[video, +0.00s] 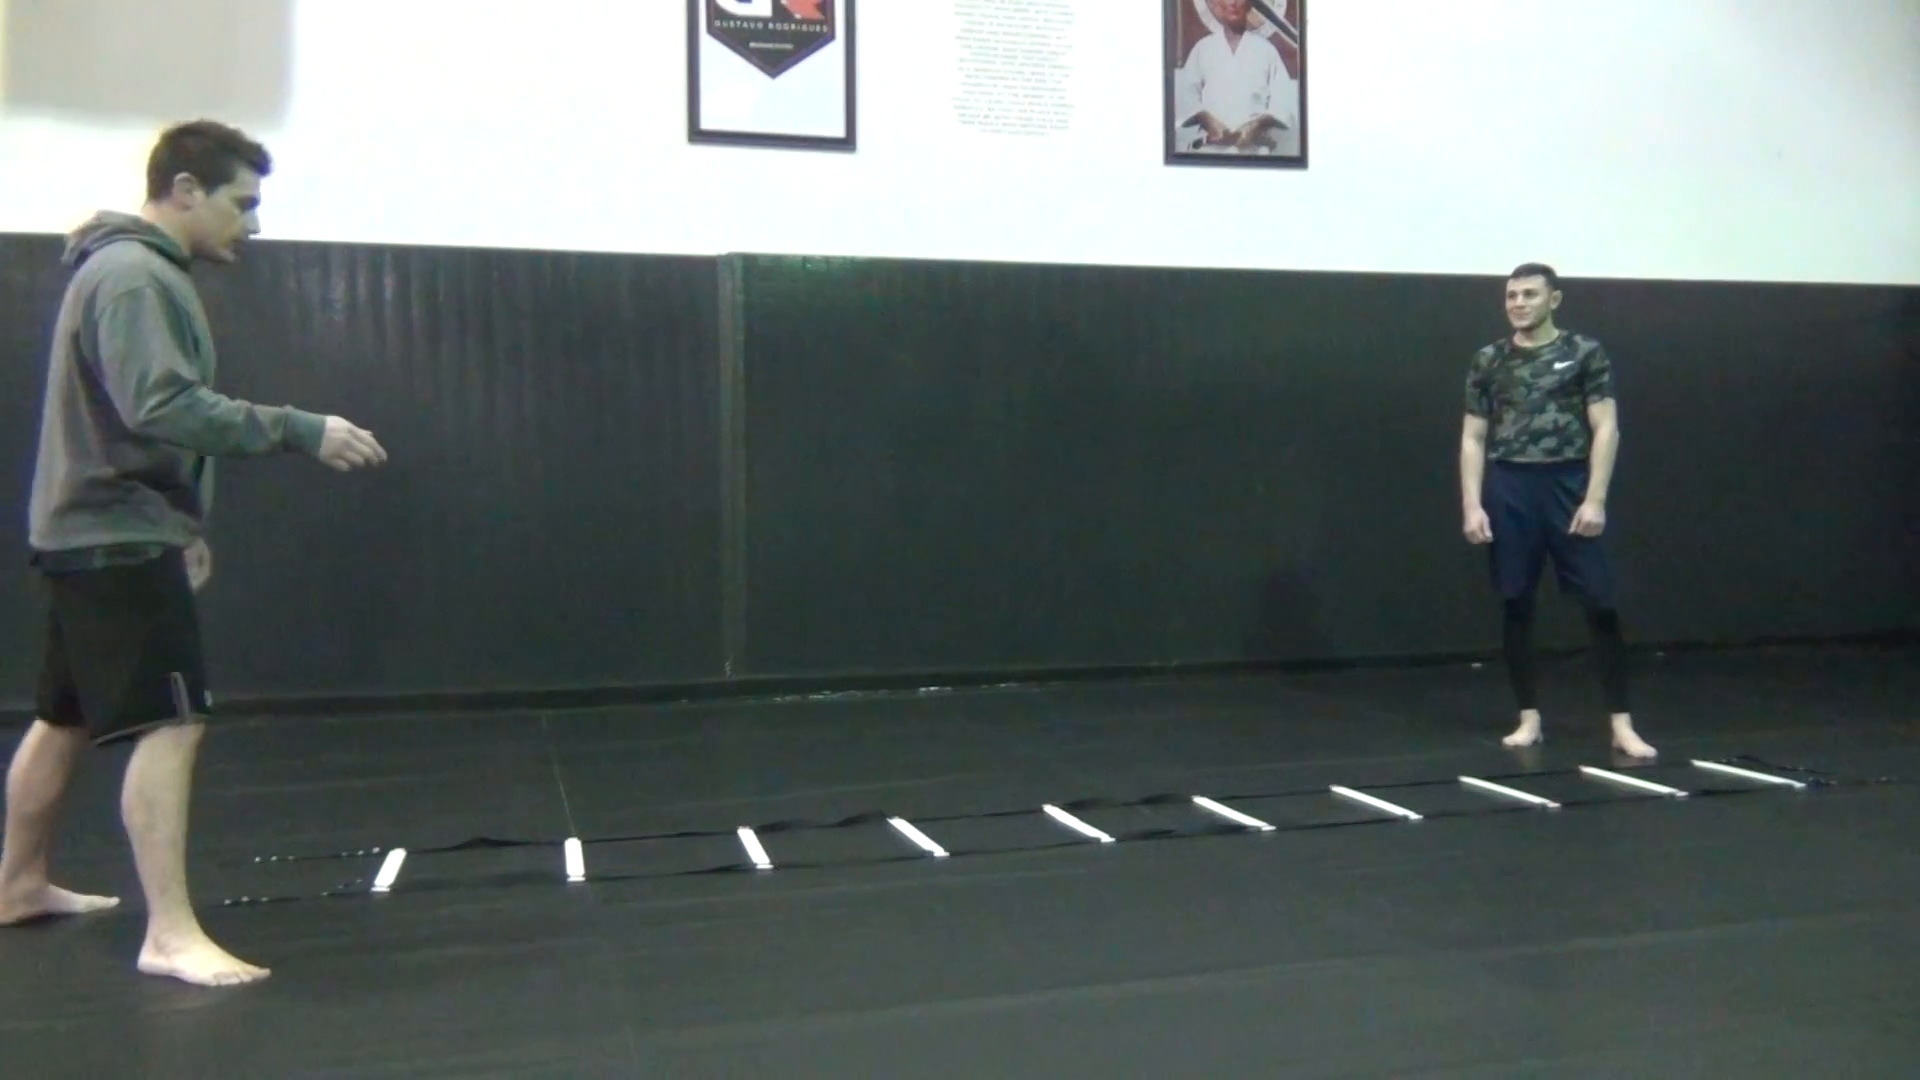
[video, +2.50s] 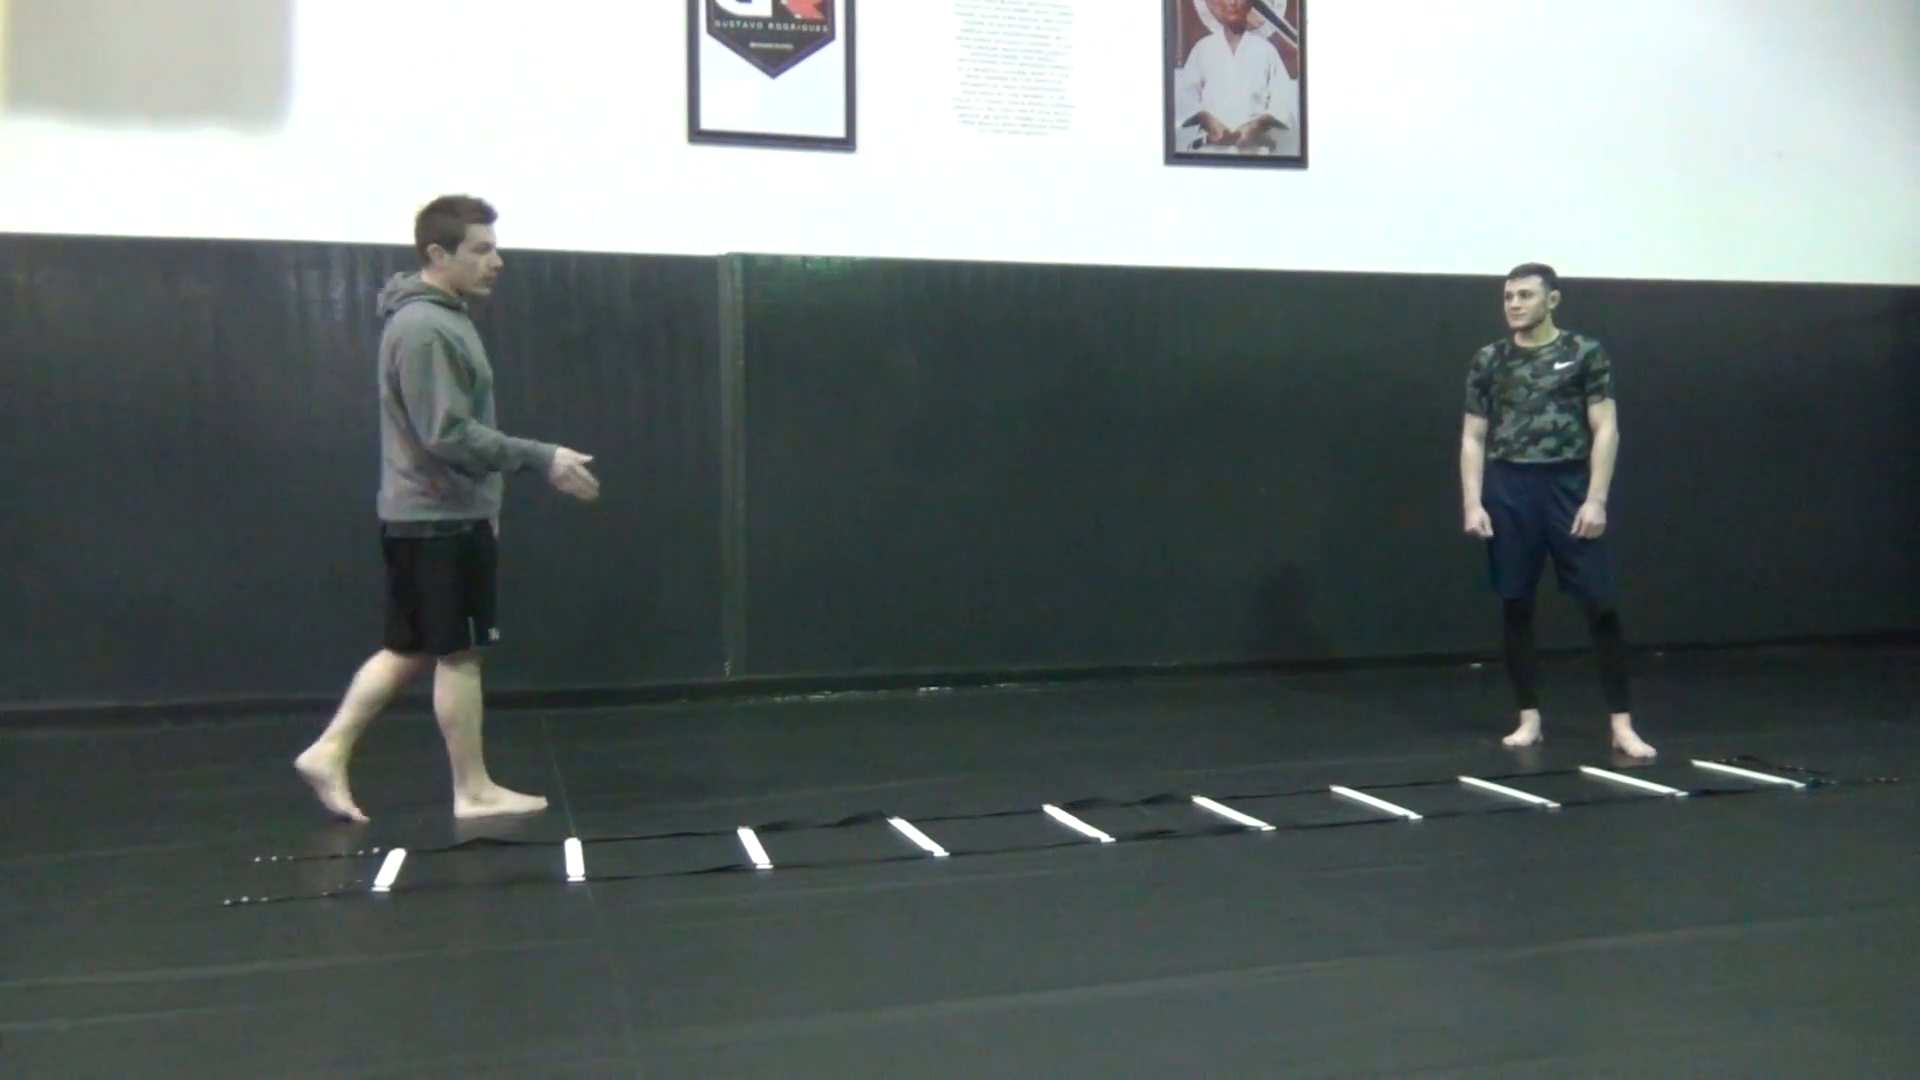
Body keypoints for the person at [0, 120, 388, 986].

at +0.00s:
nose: (251, 224)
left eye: (254, 206)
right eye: (241, 203)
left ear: (178, 196)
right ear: (182, 191)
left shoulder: (129, 269)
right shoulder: (132, 274)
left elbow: (148, 423)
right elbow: (161, 407)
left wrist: (181, 523)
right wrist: (302, 428)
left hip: (87, 533)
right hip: (118, 537)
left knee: (65, 717)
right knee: (172, 722)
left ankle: (19, 883)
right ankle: (172, 934)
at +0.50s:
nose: (210, 262)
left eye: (214, 245)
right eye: (207, 241)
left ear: (147, 216)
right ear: (169, 219)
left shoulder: (25, 280)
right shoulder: (147, 279)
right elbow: (197, 401)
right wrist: (311, 461)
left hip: (10, 519)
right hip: (99, 520)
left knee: (13, 704)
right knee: (176, 683)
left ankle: (12, 883)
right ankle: (108, 859)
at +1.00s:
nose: (287, 260)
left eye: (291, 244)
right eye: (279, 241)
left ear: (222, 231)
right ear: (227, 228)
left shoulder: (111, 288)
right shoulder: (210, 308)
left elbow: (106, 404)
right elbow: (238, 439)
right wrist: (335, 500)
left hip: (106, 521)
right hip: (180, 528)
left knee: (132, 681)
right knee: (192, 691)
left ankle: (77, 799)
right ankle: (168, 864)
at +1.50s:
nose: (332, 262)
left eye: (333, 247)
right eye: (320, 247)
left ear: (277, 250)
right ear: (267, 246)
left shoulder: (266, 315)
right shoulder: (230, 320)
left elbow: (265, 432)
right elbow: (227, 438)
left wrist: (293, 519)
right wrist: (322, 488)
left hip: (255, 529)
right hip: (222, 530)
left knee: (267, 672)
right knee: (227, 679)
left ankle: (283, 802)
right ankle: (166, 847)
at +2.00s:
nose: (396, 260)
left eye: (396, 247)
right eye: (384, 246)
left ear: (342, 249)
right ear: (337, 245)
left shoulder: (331, 312)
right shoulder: (312, 315)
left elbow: (339, 428)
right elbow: (303, 421)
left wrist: (389, 504)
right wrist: (385, 474)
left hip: (294, 513)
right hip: (324, 512)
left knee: (289, 655)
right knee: (398, 634)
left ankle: (282, 795)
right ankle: (367, 785)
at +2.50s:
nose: (495, 262)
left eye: (495, 250)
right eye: (482, 251)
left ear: (444, 255)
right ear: (438, 254)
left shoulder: (439, 319)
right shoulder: (421, 327)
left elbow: (450, 430)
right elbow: (447, 434)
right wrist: (541, 457)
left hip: (433, 517)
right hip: (439, 521)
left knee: (408, 650)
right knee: (459, 655)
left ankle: (327, 755)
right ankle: (474, 791)